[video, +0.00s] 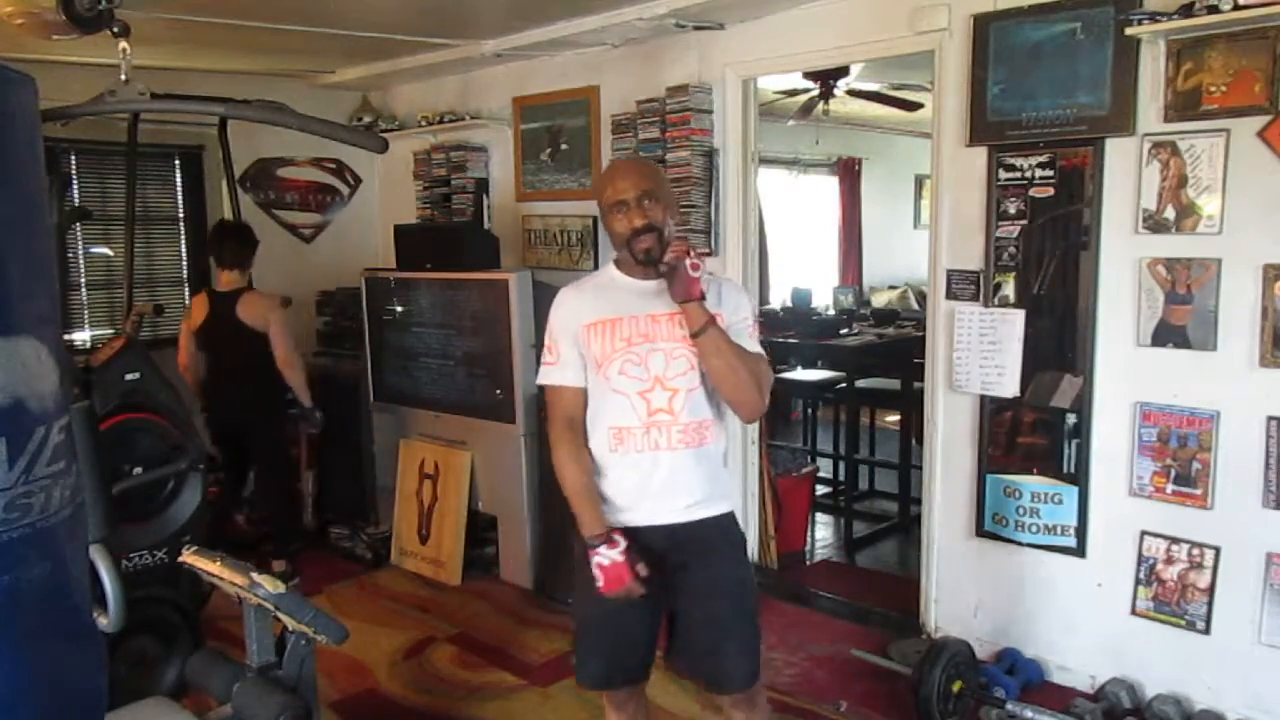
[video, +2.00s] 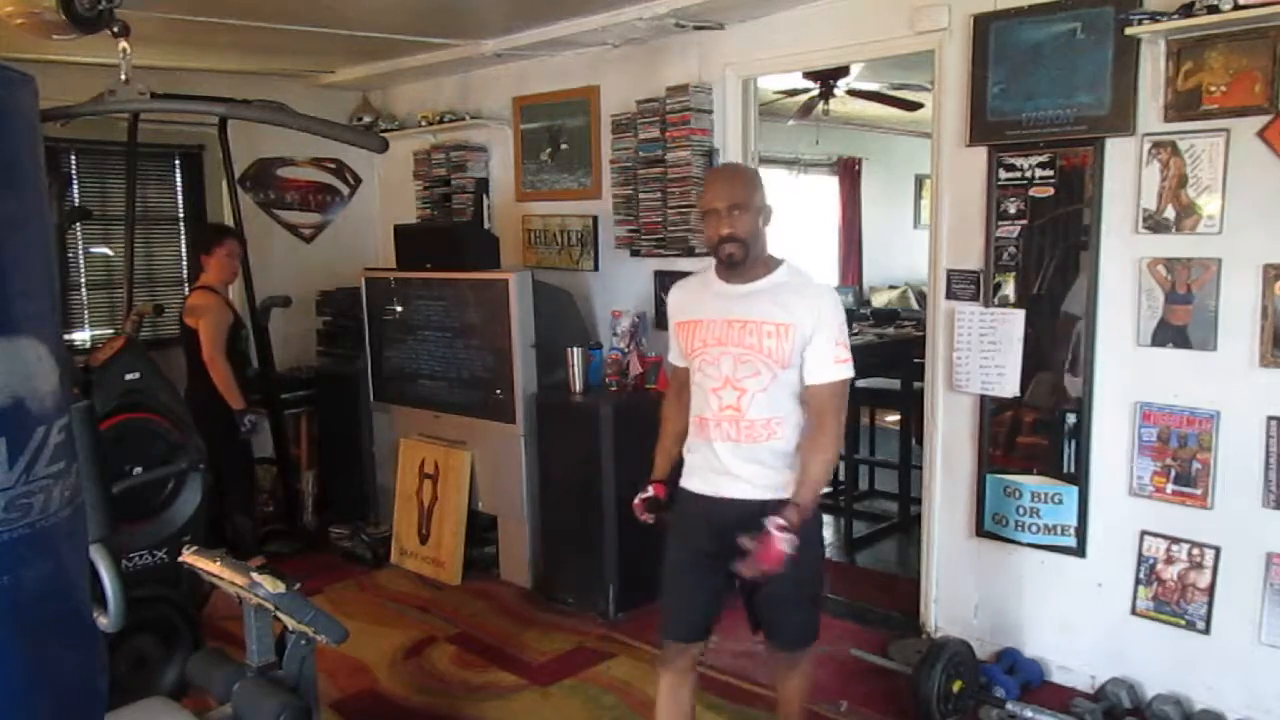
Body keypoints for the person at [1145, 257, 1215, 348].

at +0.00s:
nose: (1180, 274)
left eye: (1183, 270)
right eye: (1177, 270)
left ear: (1188, 273)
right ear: (1172, 273)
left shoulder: (1191, 288)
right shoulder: (1168, 286)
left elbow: (1213, 269)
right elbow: (1151, 265)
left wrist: (1197, 262)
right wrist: (1166, 261)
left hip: (1181, 329)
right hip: (1164, 327)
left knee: (1189, 357)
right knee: (1154, 356)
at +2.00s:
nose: (1180, 272)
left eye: (1183, 269)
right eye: (1177, 269)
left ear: (1188, 273)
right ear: (1174, 272)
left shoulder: (1192, 287)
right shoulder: (1168, 286)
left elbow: (1213, 268)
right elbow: (1151, 266)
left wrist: (1196, 263)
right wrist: (1166, 261)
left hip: (1182, 329)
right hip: (1165, 327)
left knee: (1190, 358)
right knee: (1155, 355)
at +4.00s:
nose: (1179, 273)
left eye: (1182, 270)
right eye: (1176, 270)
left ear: (1188, 273)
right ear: (1172, 272)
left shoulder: (1191, 288)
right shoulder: (1168, 286)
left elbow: (1213, 268)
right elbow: (1151, 266)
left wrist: (1195, 262)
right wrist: (1166, 262)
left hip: (1181, 329)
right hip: (1165, 328)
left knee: (1190, 357)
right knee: (1154, 356)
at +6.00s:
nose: (1181, 273)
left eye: (1183, 269)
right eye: (1177, 270)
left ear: (1188, 271)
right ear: (1172, 272)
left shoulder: (1191, 287)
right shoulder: (1168, 286)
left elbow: (1213, 268)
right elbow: (1151, 265)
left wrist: (1196, 262)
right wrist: (1166, 261)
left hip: (1181, 329)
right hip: (1164, 327)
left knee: (1189, 358)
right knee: (1154, 356)